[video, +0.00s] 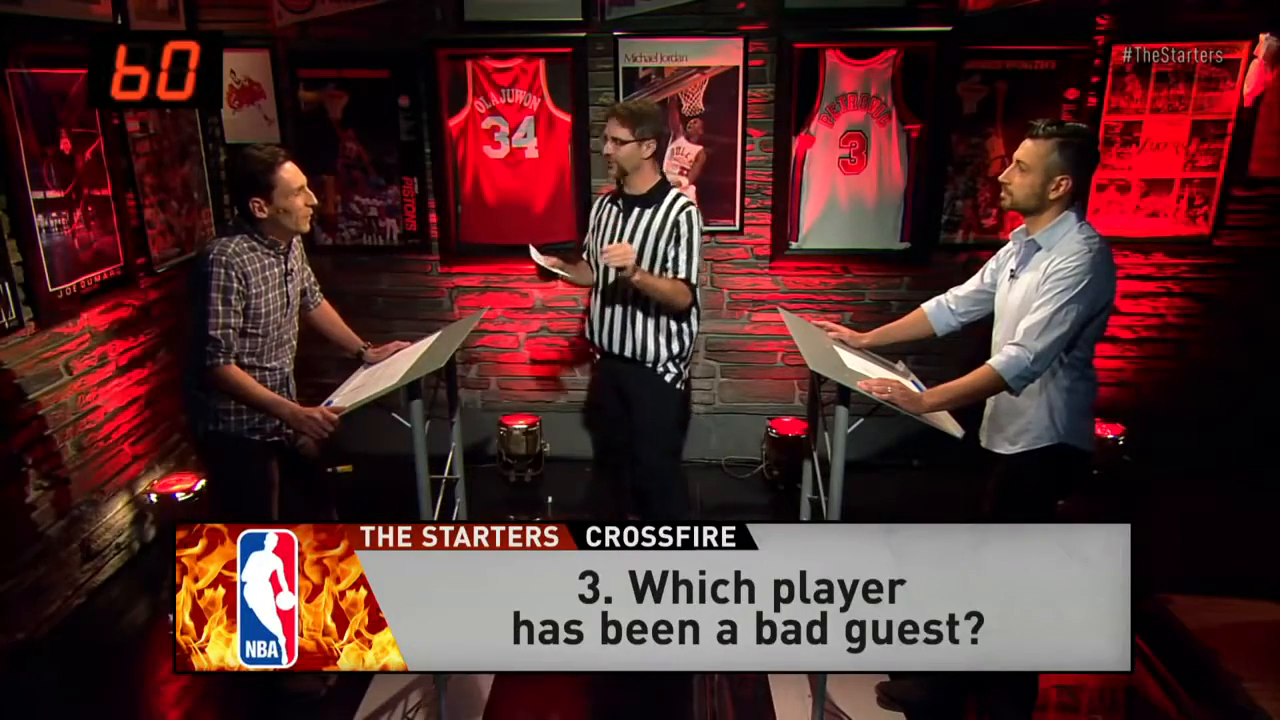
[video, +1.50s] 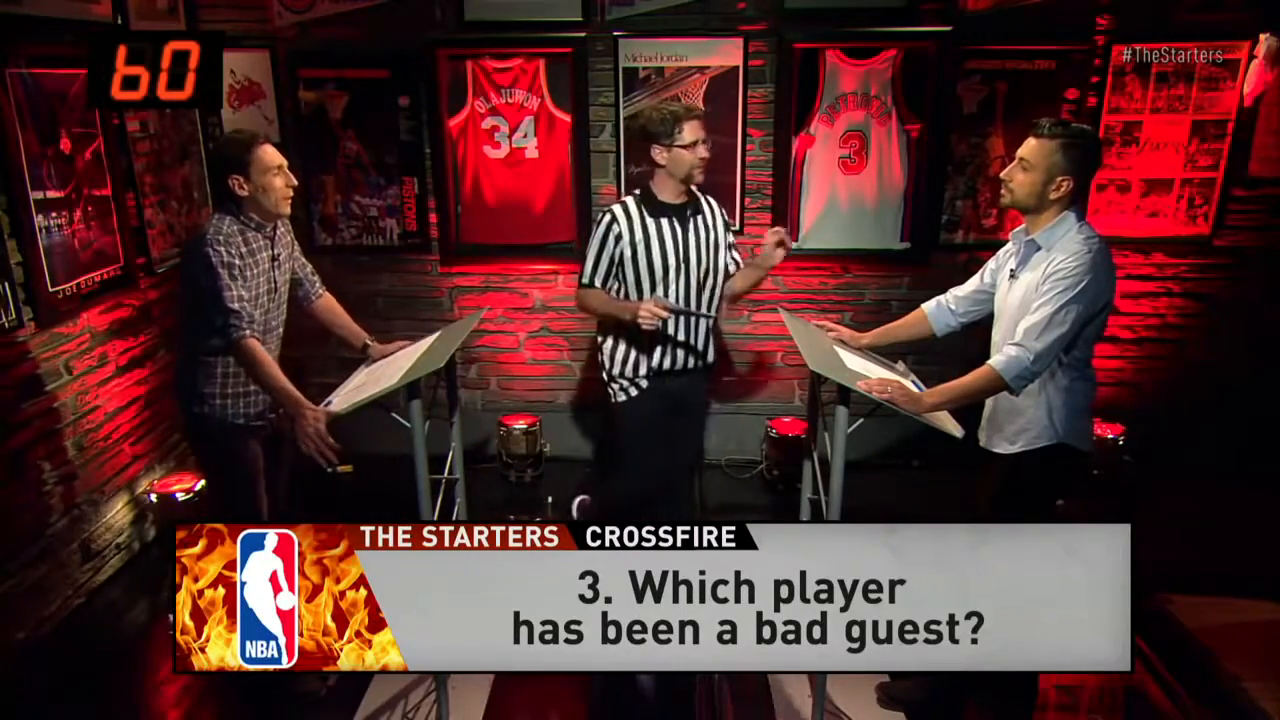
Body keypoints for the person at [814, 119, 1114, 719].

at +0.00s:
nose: (1006, 175)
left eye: (1021, 168)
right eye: (1011, 164)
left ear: (1058, 188)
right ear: (1047, 184)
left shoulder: (1083, 258)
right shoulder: (1025, 243)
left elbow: (1023, 360)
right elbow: (955, 306)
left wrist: (927, 398)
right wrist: (868, 339)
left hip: (1043, 445)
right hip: (1003, 433)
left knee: (1007, 580)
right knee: (980, 565)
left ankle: (1000, 705)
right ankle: (942, 683)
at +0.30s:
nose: (1007, 172)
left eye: (1023, 167)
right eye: (1013, 161)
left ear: (1059, 187)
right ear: (1047, 183)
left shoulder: (1082, 259)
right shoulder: (1024, 244)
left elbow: (1023, 360)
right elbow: (954, 306)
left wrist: (927, 399)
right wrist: (867, 339)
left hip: (1042, 446)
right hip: (1001, 433)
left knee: (1006, 579)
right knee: (976, 562)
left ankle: (997, 704)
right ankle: (940, 682)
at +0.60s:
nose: (1008, 171)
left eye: (1024, 166)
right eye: (1014, 161)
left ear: (1060, 188)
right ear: (1048, 183)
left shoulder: (1082, 259)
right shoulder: (1024, 243)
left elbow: (1022, 361)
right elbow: (954, 307)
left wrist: (927, 398)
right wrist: (868, 339)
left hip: (1040, 445)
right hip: (999, 432)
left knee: (1007, 578)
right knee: (974, 560)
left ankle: (998, 704)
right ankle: (940, 681)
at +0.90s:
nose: (1007, 172)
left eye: (1023, 166)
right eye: (1013, 161)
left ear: (1059, 188)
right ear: (1048, 183)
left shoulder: (1083, 259)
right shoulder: (1024, 243)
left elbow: (1022, 360)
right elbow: (954, 306)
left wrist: (927, 398)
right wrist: (867, 339)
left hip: (1040, 445)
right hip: (1000, 432)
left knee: (1007, 578)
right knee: (974, 561)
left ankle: (998, 704)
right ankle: (940, 681)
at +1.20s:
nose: (1007, 172)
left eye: (1023, 167)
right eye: (1013, 161)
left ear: (1059, 188)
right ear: (1048, 184)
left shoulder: (1082, 259)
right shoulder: (1024, 243)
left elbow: (1022, 361)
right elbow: (954, 306)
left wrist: (927, 398)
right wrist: (867, 339)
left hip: (1040, 445)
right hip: (1000, 432)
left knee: (1005, 577)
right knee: (974, 560)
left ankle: (995, 703)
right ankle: (941, 680)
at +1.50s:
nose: (1007, 172)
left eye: (1023, 167)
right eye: (1013, 161)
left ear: (1059, 188)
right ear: (1048, 183)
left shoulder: (1082, 259)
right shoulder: (1024, 244)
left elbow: (1022, 361)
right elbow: (954, 307)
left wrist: (927, 398)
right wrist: (868, 339)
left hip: (1041, 444)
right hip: (1000, 432)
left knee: (1007, 577)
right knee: (977, 562)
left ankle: (997, 702)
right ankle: (942, 679)